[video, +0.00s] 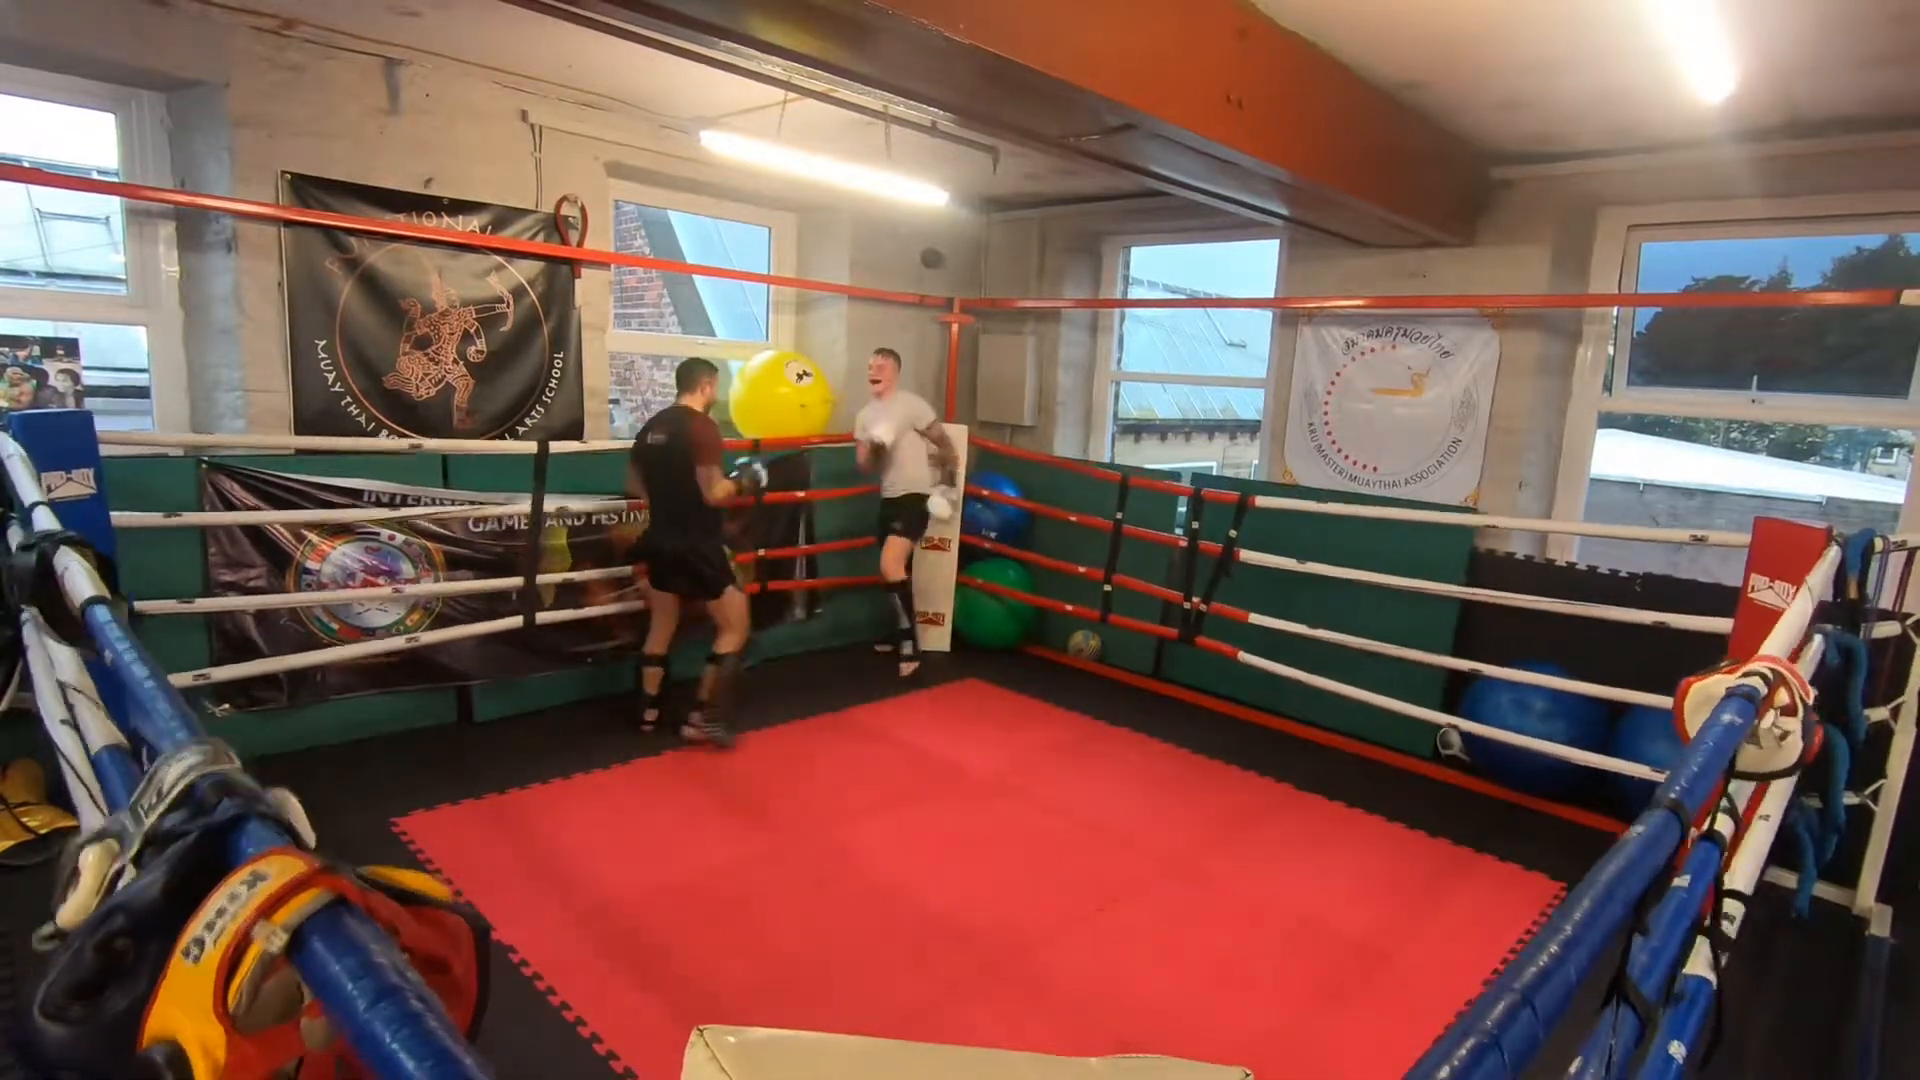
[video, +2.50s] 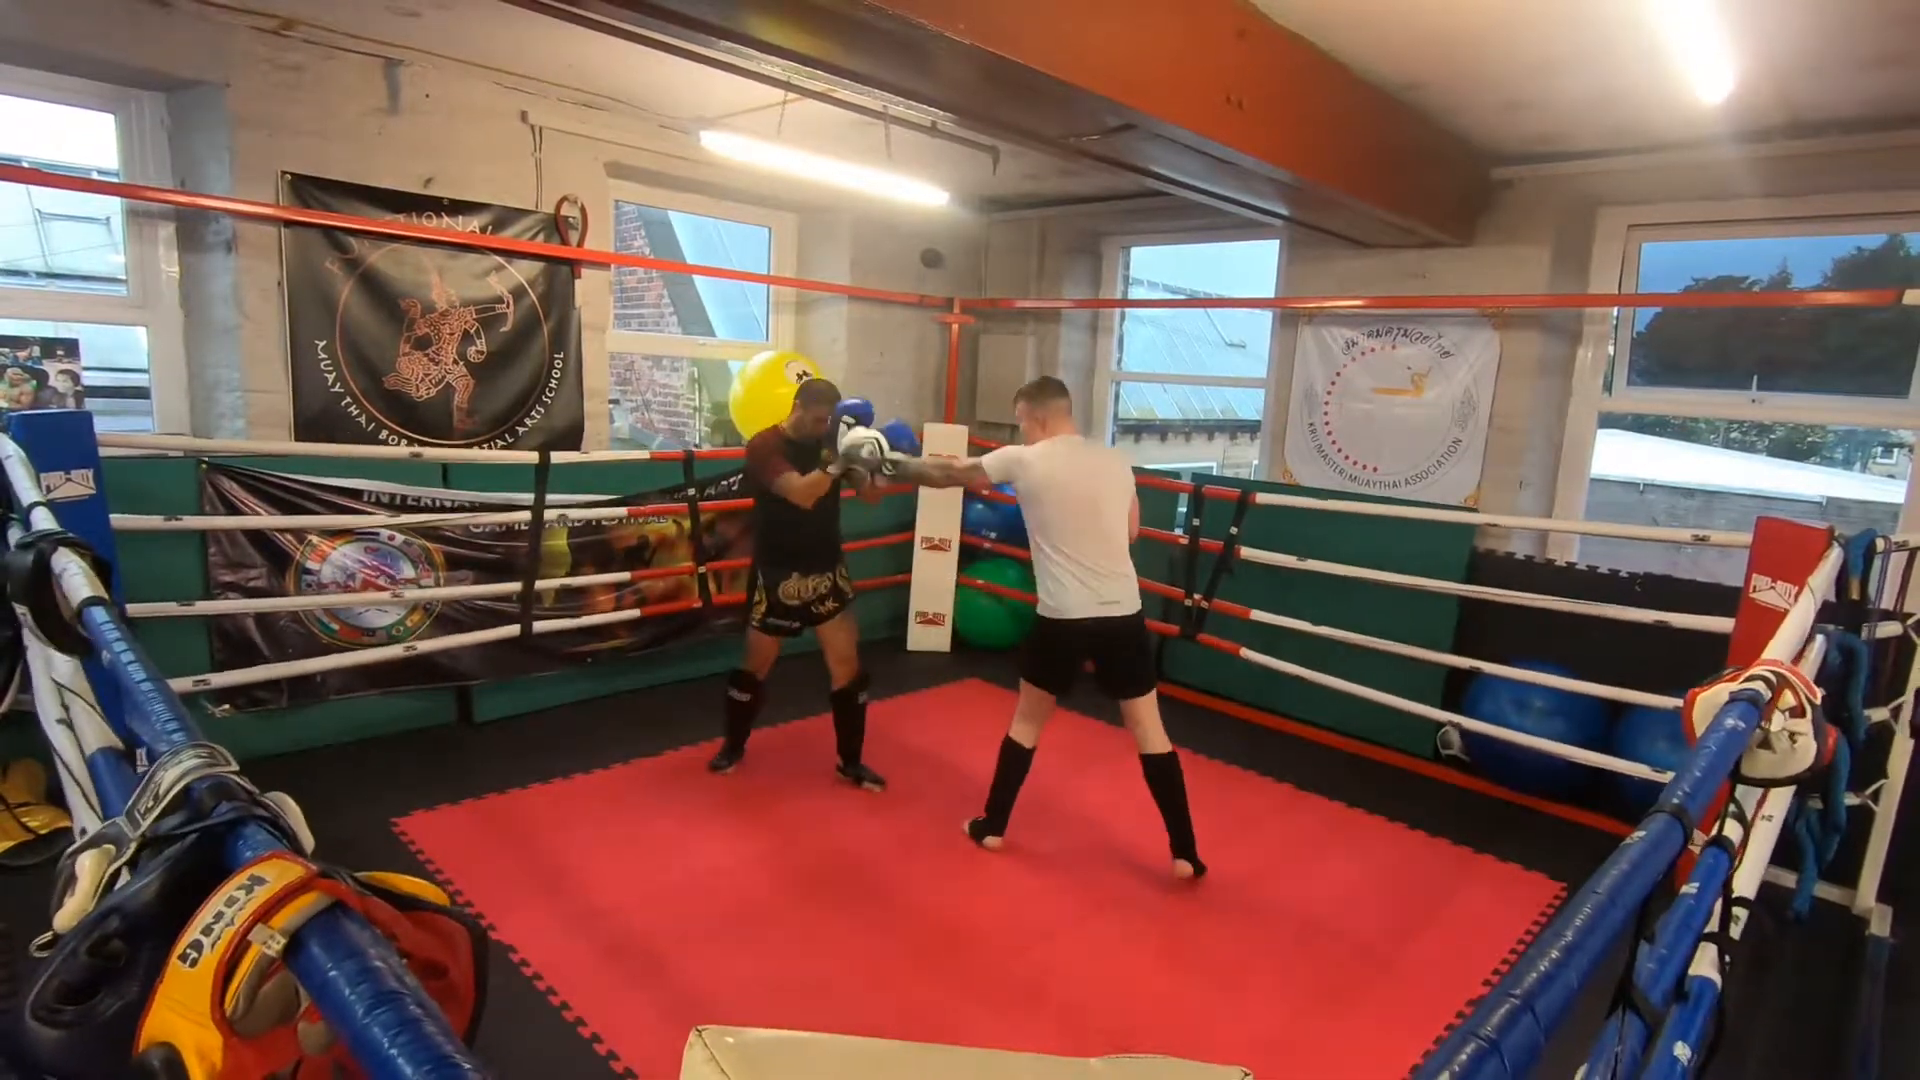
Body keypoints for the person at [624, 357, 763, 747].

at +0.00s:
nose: (715, 394)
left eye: (714, 387)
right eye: (714, 388)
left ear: (680, 386)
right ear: (705, 386)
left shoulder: (651, 427)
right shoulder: (702, 427)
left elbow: (634, 486)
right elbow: (713, 493)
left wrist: (675, 489)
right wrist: (744, 482)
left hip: (659, 544)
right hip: (699, 546)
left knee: (661, 625)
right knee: (734, 624)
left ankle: (649, 712)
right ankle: (706, 714)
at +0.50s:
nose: (727, 408)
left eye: (729, 400)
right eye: (727, 399)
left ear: (696, 390)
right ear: (713, 392)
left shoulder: (653, 422)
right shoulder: (696, 438)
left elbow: (621, 468)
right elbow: (706, 512)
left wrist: (665, 484)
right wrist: (730, 491)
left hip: (665, 550)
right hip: (666, 557)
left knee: (690, 636)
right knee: (639, 649)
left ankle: (701, 717)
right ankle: (591, 745)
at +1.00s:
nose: (783, 408)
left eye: (787, 403)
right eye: (780, 399)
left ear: (780, 407)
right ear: (763, 394)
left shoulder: (760, 435)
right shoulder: (740, 427)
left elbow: (790, 478)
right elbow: (789, 477)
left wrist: (807, 439)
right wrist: (808, 437)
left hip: (750, 552)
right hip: (720, 551)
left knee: (754, 645)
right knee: (715, 652)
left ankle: (758, 727)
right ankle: (661, 740)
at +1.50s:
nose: (789, 417)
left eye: (792, 410)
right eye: (785, 408)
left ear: (778, 407)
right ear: (761, 401)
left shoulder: (777, 439)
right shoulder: (727, 443)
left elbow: (794, 477)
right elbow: (768, 502)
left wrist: (825, 464)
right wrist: (796, 460)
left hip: (784, 559)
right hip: (742, 565)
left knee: (818, 638)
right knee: (735, 654)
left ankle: (786, 710)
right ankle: (715, 742)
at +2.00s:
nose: (832, 423)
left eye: (839, 419)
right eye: (829, 414)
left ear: (841, 422)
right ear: (813, 406)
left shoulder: (833, 447)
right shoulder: (775, 442)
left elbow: (870, 496)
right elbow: (814, 497)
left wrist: (886, 456)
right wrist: (840, 451)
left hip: (825, 570)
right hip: (776, 571)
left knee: (838, 665)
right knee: (751, 666)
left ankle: (846, 751)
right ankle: (724, 745)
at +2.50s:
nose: (826, 425)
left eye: (830, 418)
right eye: (818, 418)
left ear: (834, 416)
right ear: (795, 410)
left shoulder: (832, 442)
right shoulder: (763, 448)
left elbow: (871, 494)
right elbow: (804, 494)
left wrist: (868, 454)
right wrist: (837, 460)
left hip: (827, 571)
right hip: (775, 574)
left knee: (846, 668)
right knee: (755, 666)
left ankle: (851, 762)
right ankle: (733, 746)